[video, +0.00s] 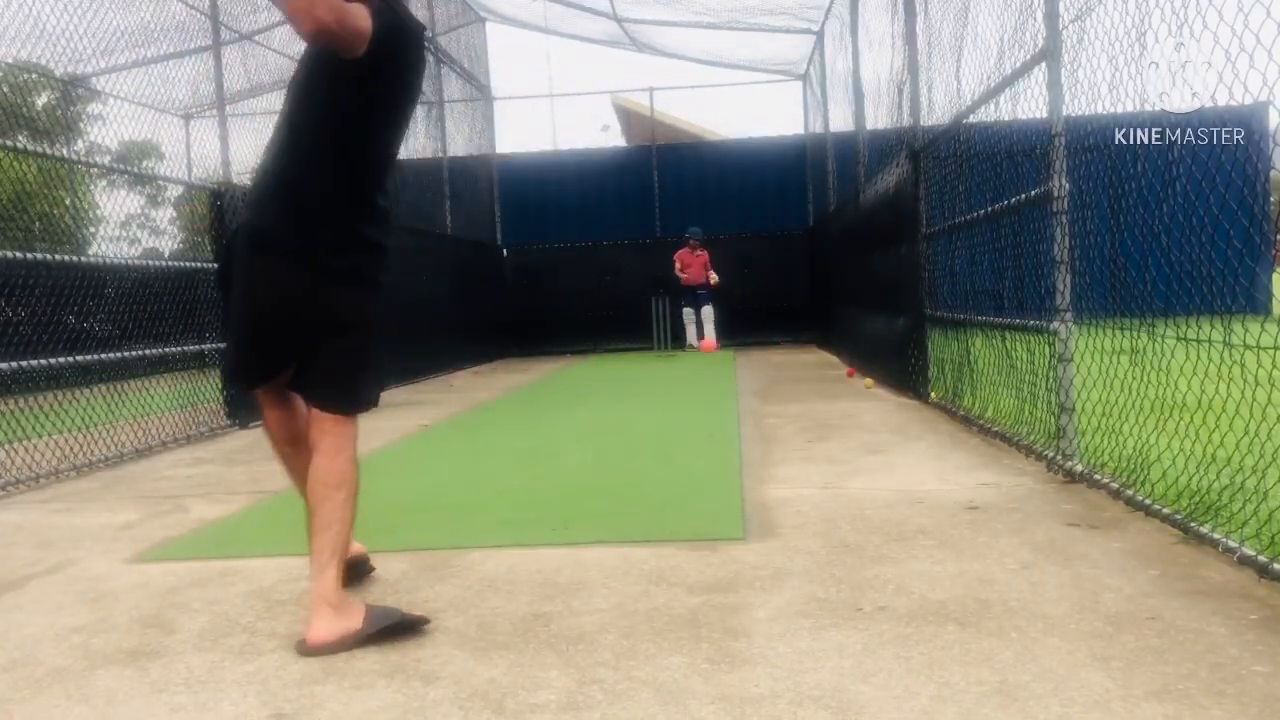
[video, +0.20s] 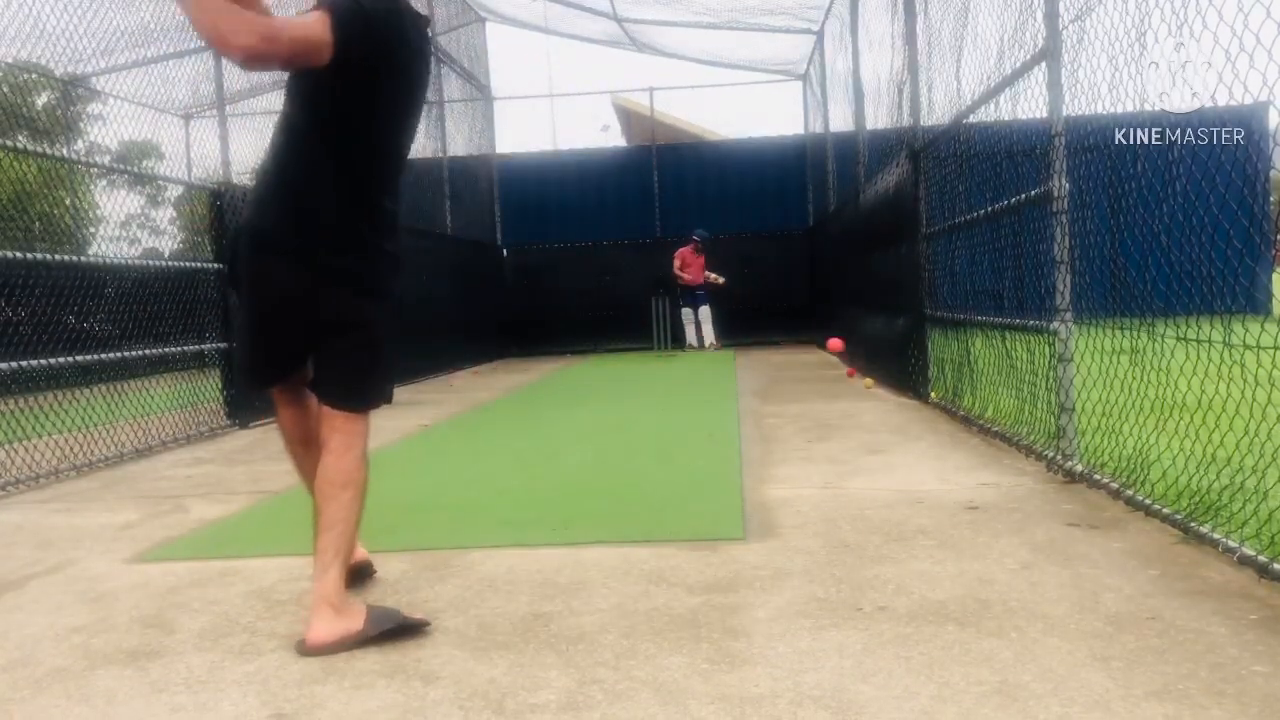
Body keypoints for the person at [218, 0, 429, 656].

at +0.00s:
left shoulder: (383, 25)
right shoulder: (391, 34)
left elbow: (317, 15)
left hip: (281, 243)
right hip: (343, 248)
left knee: (271, 388)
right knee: (334, 420)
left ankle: (338, 544)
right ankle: (328, 609)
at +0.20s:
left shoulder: (371, 17)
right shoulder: (397, 25)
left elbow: (248, 41)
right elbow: (260, 39)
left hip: (282, 243)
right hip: (352, 248)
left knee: (293, 402)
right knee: (345, 424)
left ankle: (342, 551)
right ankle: (330, 608)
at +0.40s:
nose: (488, 39)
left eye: (488, 29)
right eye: (486, 25)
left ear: (435, 13)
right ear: (461, 18)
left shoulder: (436, 78)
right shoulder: (397, 49)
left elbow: (398, 178)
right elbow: (319, 137)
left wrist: (436, 245)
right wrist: (419, 207)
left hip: (362, 245)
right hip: (322, 242)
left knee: (424, 382)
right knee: (382, 401)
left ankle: (399, 544)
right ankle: (339, 607)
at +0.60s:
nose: (487, 35)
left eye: (486, 24)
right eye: (485, 23)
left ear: (435, 17)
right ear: (468, 24)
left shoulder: (442, 93)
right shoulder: (384, 50)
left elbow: (457, 188)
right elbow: (360, 143)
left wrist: (505, 188)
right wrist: (475, 117)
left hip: (355, 255)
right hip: (319, 253)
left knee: (425, 376)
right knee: (402, 409)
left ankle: (400, 546)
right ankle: (338, 606)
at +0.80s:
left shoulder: (308, 7)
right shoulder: (443, 20)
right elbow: (455, 118)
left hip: (318, 215)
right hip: (394, 222)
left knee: (379, 391)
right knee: (409, 410)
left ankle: (400, 543)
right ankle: (341, 605)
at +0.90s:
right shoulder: (471, 18)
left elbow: (236, 8)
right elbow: (392, 84)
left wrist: (255, 49)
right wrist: (275, 70)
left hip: (326, 182)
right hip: (413, 188)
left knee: (368, 375)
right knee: (378, 396)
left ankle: (401, 541)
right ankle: (340, 605)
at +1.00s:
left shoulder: (389, 7)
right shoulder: (444, 17)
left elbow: (325, 28)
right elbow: (310, 35)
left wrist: (250, 5)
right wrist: (239, 6)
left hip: (314, 214)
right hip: (399, 222)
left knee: (327, 391)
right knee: (372, 400)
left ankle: (366, 554)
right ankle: (339, 613)